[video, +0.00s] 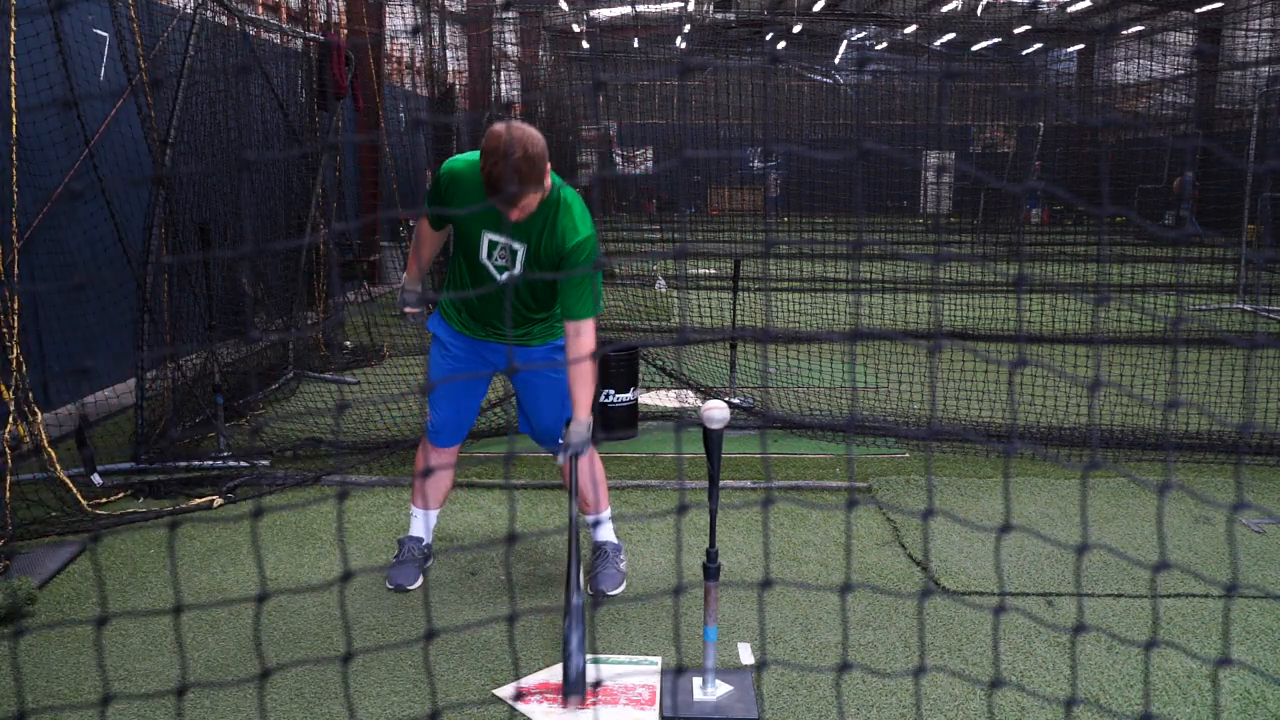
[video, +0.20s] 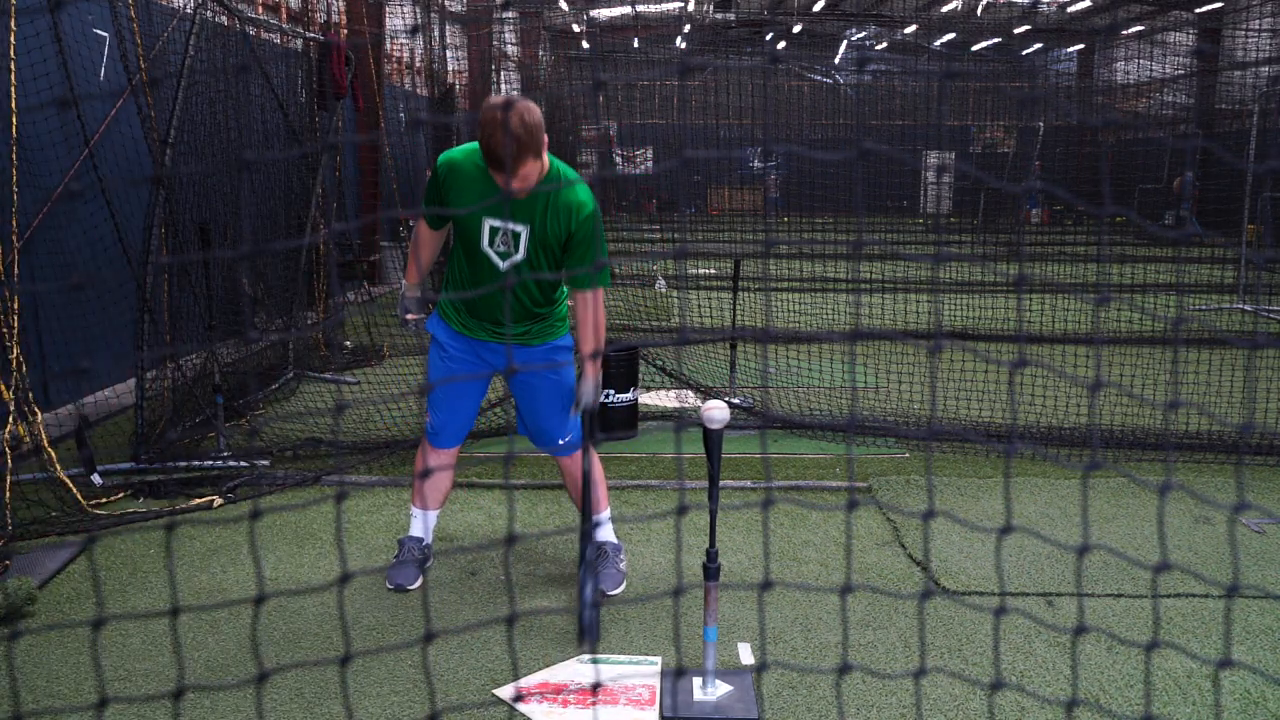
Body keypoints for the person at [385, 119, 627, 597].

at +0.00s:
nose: (514, 214)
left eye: (525, 204)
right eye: (504, 205)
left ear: (544, 179)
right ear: (486, 177)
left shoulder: (571, 223)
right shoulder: (456, 180)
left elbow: (580, 331)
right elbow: (432, 225)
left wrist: (581, 419)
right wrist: (413, 282)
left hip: (542, 337)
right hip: (462, 329)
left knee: (570, 439)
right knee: (440, 436)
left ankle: (606, 542)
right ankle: (418, 540)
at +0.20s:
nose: (516, 189)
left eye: (526, 179)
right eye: (504, 181)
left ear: (544, 148)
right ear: (485, 156)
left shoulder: (574, 204)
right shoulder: (454, 171)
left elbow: (587, 291)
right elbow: (431, 226)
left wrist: (590, 371)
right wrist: (412, 285)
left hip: (542, 334)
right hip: (461, 329)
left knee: (568, 443)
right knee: (440, 438)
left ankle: (604, 541)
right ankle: (418, 541)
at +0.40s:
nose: (505, 160)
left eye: (514, 147)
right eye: (494, 149)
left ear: (536, 122)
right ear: (480, 132)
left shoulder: (573, 182)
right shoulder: (450, 164)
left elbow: (595, 267)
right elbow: (429, 228)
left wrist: (600, 343)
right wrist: (412, 298)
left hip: (541, 335)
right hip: (461, 330)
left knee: (567, 442)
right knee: (439, 436)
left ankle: (604, 536)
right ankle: (417, 541)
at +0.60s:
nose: (495, 142)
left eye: (505, 129)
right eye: (484, 130)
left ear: (528, 109)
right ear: (470, 116)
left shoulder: (570, 169)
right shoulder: (445, 160)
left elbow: (593, 259)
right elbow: (426, 232)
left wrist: (603, 337)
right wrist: (408, 301)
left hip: (543, 335)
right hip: (460, 331)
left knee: (572, 446)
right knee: (438, 445)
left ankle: (605, 542)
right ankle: (417, 541)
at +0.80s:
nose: (492, 134)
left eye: (502, 122)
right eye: (481, 123)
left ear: (523, 101)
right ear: (466, 110)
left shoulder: (567, 160)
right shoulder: (443, 160)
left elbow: (600, 247)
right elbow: (423, 235)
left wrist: (629, 322)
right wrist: (405, 304)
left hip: (543, 332)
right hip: (462, 329)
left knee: (573, 445)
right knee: (439, 445)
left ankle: (606, 541)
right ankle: (417, 541)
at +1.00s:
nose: (491, 127)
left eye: (500, 113)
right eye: (479, 117)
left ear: (518, 94)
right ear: (461, 106)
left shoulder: (563, 157)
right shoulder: (440, 160)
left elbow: (606, 231)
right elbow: (419, 238)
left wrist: (651, 295)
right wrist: (401, 309)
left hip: (544, 330)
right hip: (462, 330)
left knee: (573, 442)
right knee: (440, 443)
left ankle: (606, 543)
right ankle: (419, 539)